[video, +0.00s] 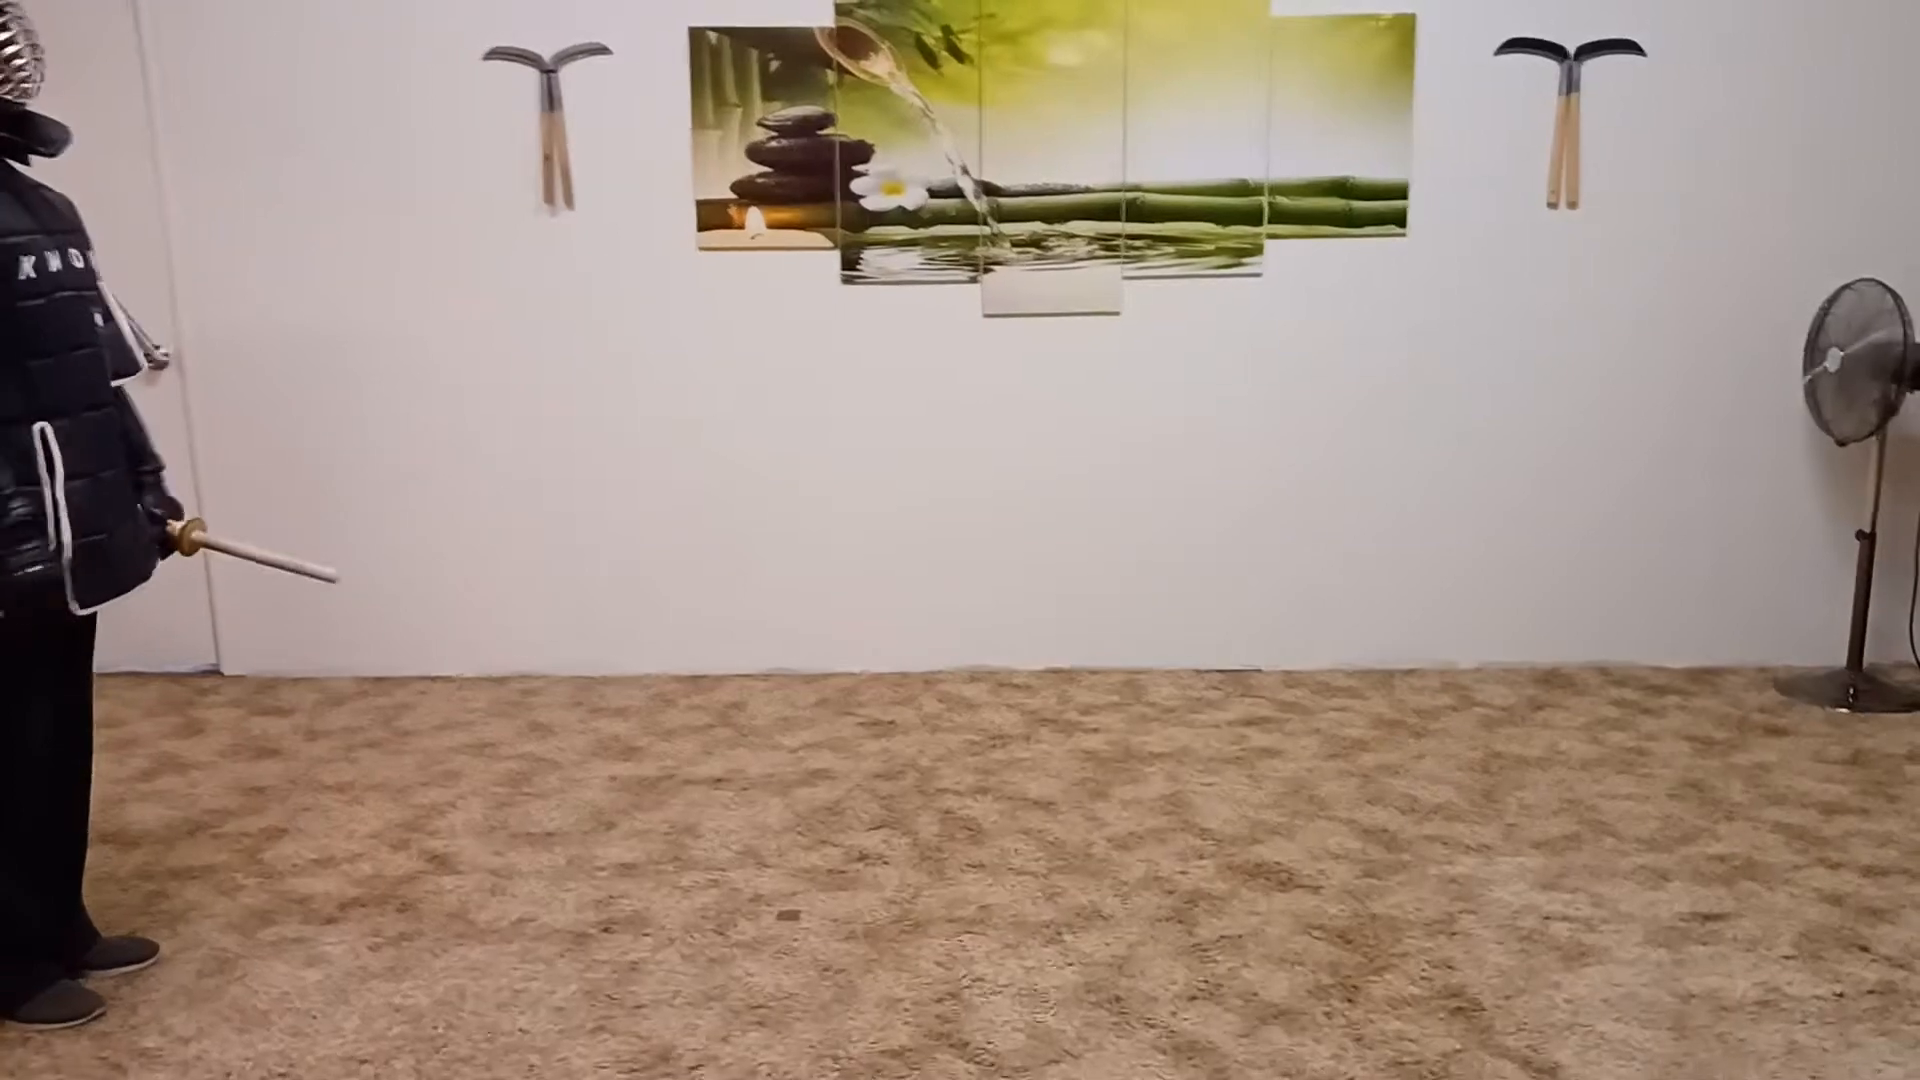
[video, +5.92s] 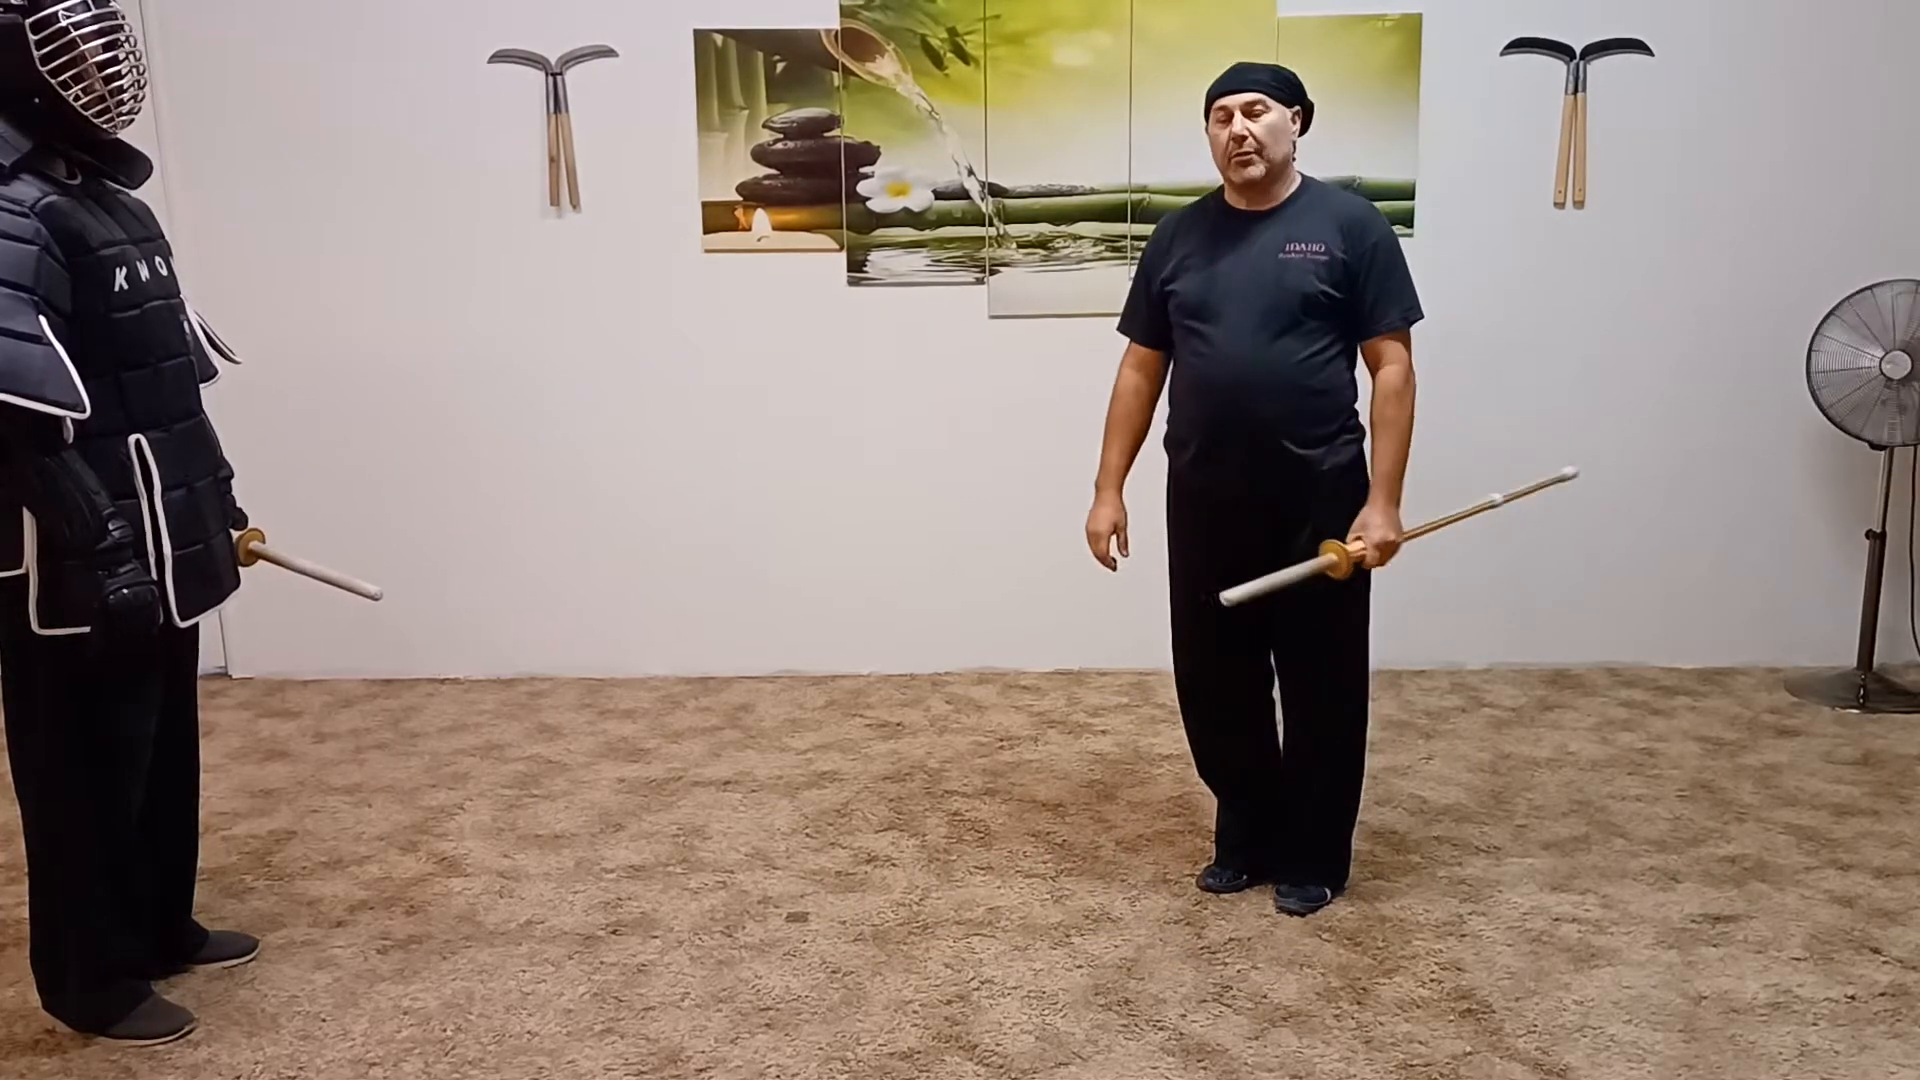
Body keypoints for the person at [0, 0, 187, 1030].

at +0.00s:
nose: (23, 68)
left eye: (24, 54)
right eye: (13, 54)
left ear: (26, 72)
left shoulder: (48, 206)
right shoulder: (7, 205)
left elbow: (94, 373)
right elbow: (30, 382)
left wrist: (152, 490)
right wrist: (25, 543)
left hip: (68, 540)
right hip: (13, 550)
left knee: (61, 741)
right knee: (11, 750)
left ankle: (61, 931)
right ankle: (12, 968)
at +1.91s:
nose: (69, 78)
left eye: (68, 58)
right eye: (46, 63)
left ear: (62, 74)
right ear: (4, 82)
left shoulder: (67, 206)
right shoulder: (2, 219)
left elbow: (106, 388)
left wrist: (159, 508)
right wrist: (30, 564)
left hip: (117, 524)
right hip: (42, 540)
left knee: (137, 731)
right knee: (50, 763)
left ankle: (151, 922)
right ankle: (74, 983)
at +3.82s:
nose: (117, 73)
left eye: (115, 53)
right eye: (92, 54)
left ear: (103, 69)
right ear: (39, 69)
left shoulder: (118, 200)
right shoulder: (19, 208)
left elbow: (170, 381)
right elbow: (25, 400)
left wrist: (218, 507)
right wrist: (98, 536)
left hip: (159, 537)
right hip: (74, 550)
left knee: (160, 746)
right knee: (86, 765)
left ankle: (159, 931)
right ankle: (92, 982)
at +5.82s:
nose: (124, 78)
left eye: (121, 57)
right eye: (100, 60)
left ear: (100, 71)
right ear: (44, 74)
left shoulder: (122, 201)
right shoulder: (19, 210)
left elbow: (174, 381)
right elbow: (22, 404)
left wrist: (219, 506)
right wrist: (100, 536)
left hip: (159, 541)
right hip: (71, 554)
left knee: (160, 751)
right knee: (84, 771)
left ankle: (161, 933)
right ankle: (88, 982)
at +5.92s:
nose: (124, 83)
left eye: (121, 63)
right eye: (101, 66)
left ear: (97, 77)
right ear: (50, 79)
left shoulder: (122, 203)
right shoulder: (19, 211)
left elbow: (175, 382)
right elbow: (23, 404)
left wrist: (218, 508)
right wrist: (98, 538)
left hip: (158, 544)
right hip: (69, 557)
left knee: (160, 752)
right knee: (84, 772)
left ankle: (161, 933)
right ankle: (88, 982)